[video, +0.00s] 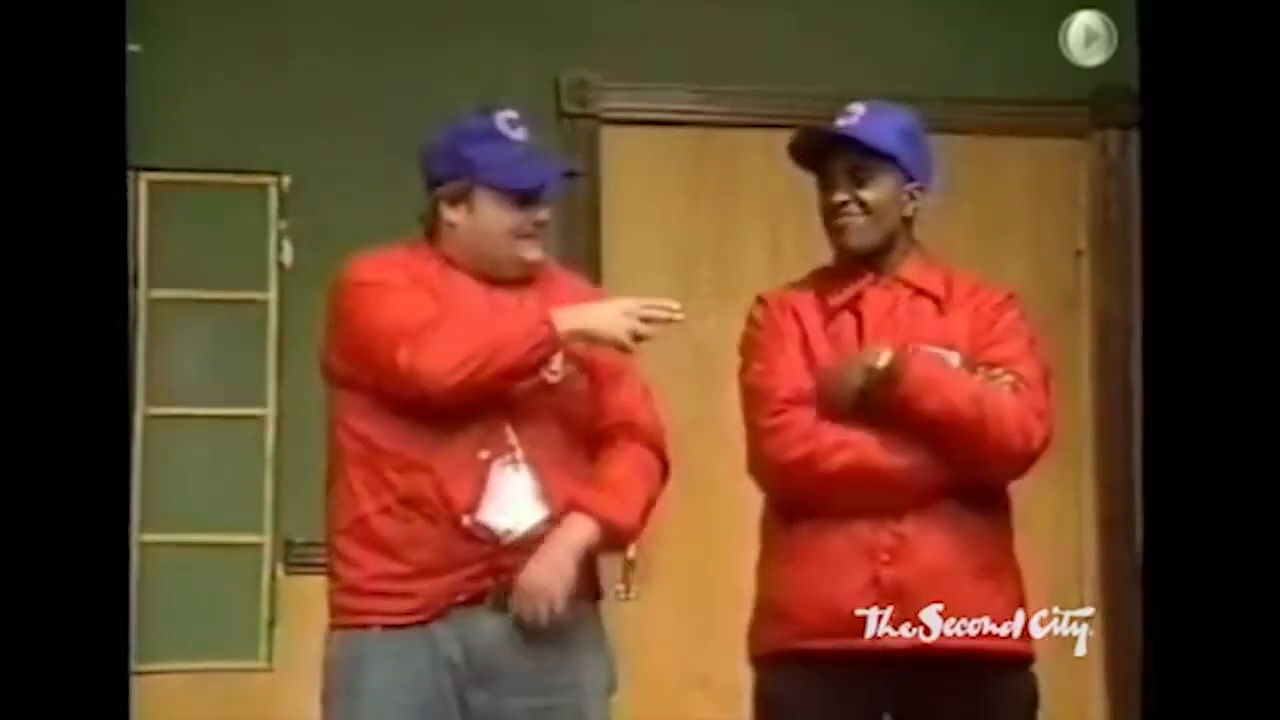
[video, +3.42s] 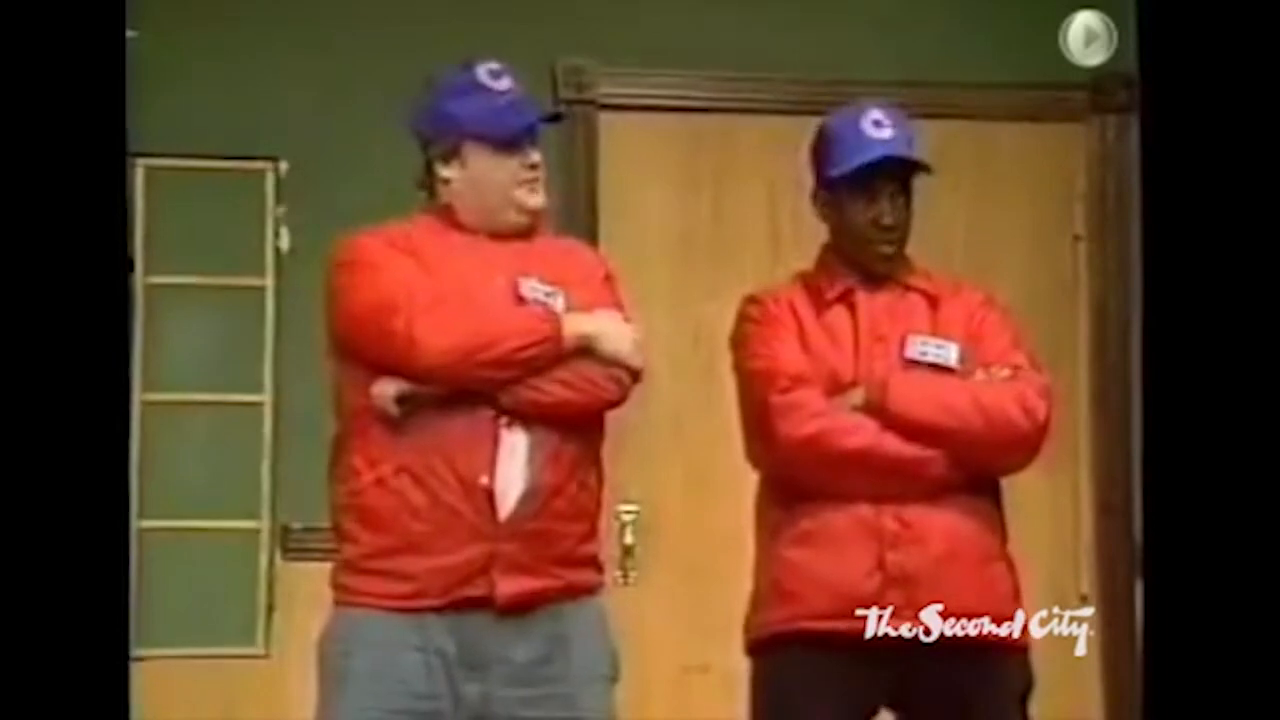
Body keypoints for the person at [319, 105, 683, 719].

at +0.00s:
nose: (541, 215)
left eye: (544, 199)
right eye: (520, 200)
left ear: (552, 200)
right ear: (453, 208)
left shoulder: (569, 296)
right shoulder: (374, 283)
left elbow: (637, 441)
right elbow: (433, 370)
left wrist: (570, 540)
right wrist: (561, 322)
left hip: (547, 625)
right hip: (394, 633)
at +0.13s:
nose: (539, 212)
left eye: (541, 196)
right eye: (517, 197)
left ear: (550, 199)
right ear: (450, 206)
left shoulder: (572, 292)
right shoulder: (374, 283)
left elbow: (634, 418)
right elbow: (434, 362)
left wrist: (548, 486)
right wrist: (566, 320)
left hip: (549, 623)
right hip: (395, 631)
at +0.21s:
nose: (528, 210)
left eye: (534, 192)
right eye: (504, 194)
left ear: (547, 198)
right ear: (444, 202)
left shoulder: (571, 287)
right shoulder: (375, 280)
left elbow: (608, 403)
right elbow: (444, 354)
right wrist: (587, 324)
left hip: (547, 611)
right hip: (395, 620)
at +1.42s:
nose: (444, 204)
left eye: (469, 187)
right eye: (436, 185)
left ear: (523, 202)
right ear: (423, 194)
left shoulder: (580, 287)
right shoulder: (380, 279)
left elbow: (579, 428)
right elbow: (397, 388)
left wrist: (414, 418)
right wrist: (552, 375)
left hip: (544, 616)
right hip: (387, 619)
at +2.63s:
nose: (511, 187)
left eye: (513, 165)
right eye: (481, 178)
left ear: (530, 169)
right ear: (433, 204)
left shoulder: (583, 279)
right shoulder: (379, 273)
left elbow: (582, 411)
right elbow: (393, 374)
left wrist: (428, 394)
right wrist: (551, 360)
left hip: (550, 614)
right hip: (391, 617)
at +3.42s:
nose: (534, 161)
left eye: (533, 144)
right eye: (509, 147)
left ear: (539, 152)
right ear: (447, 169)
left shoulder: (578, 263)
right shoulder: (373, 256)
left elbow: (605, 383)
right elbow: (428, 348)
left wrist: (452, 380)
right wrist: (574, 333)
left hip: (554, 614)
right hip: (396, 617)